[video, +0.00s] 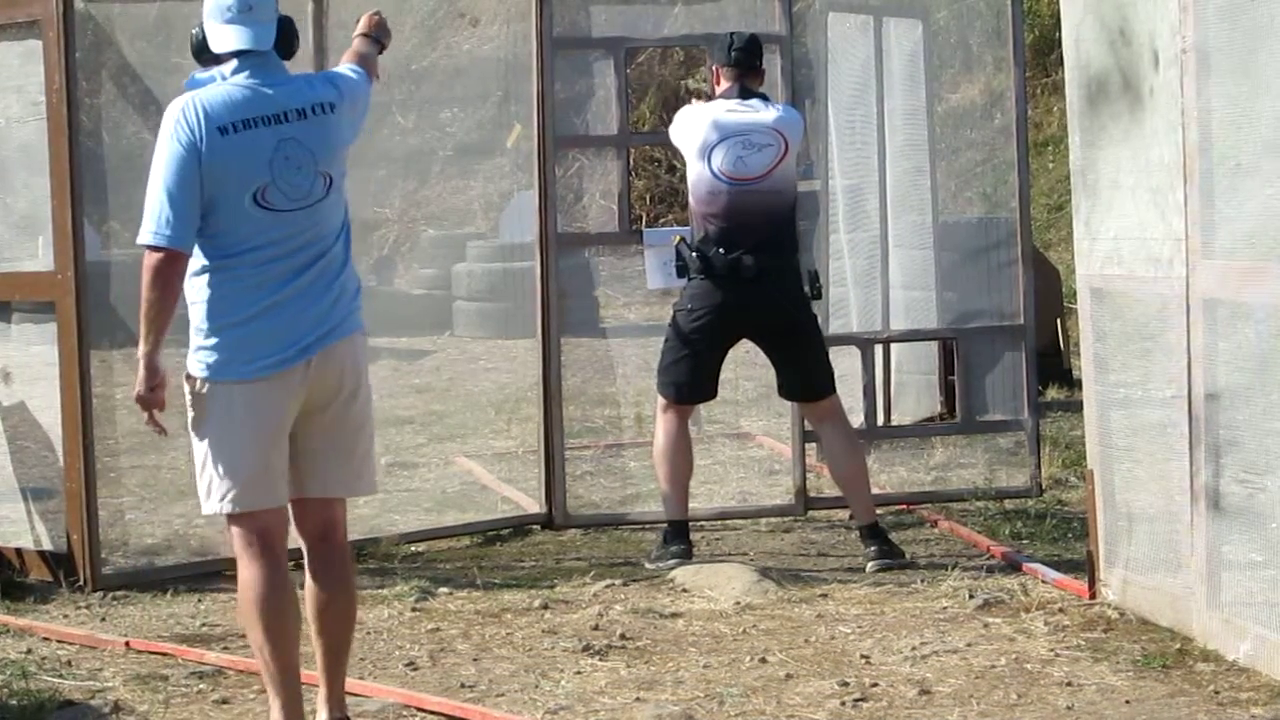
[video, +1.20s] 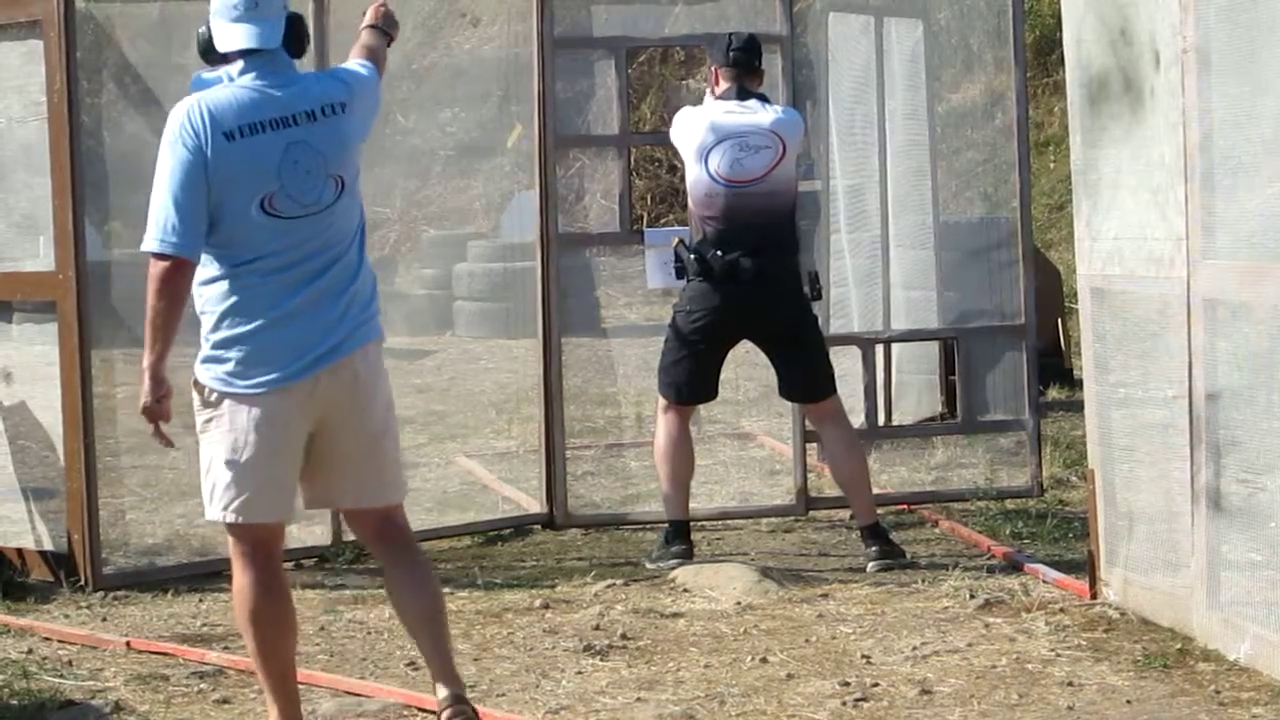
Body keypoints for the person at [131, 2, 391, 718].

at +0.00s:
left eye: (207, 47)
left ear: (207, 49)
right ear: (281, 40)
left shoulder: (191, 115)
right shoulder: (326, 98)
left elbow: (165, 252)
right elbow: (361, 68)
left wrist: (148, 354)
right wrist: (371, 34)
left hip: (238, 357)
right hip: (334, 340)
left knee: (257, 545)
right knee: (327, 533)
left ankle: (288, 711)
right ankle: (334, 704)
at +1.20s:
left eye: (212, 44)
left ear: (212, 48)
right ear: (288, 38)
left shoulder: (196, 119)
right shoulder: (339, 97)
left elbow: (173, 260)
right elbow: (366, 63)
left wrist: (154, 367)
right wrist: (375, 30)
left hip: (250, 372)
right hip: (351, 353)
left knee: (257, 552)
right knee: (389, 529)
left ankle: (286, 709)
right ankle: (452, 691)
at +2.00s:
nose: (356, 60)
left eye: (357, 46)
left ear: (360, 47)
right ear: (436, 37)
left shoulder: (346, 111)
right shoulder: (488, 98)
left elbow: (322, 253)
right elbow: (515, 64)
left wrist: (303, 366)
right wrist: (524, 28)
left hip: (381, 365)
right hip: (484, 357)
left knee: (355, 549)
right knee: (475, 549)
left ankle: (387, 712)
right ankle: (485, 715)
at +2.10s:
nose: (359, 60)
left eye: (359, 46)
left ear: (363, 47)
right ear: (440, 37)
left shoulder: (346, 110)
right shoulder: (490, 97)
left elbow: (318, 253)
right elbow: (525, 59)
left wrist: (297, 367)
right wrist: (540, 22)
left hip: (382, 370)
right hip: (488, 361)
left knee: (371, 558)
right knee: (478, 557)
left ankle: (408, 713)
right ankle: (487, 715)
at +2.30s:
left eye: (349, 49)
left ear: (355, 48)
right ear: (434, 39)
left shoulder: (336, 116)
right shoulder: (485, 96)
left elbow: (305, 262)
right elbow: (530, 54)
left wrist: (285, 370)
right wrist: (550, 19)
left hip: (384, 378)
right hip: (488, 365)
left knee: (392, 574)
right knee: (476, 561)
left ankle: (412, 715)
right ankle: (485, 716)